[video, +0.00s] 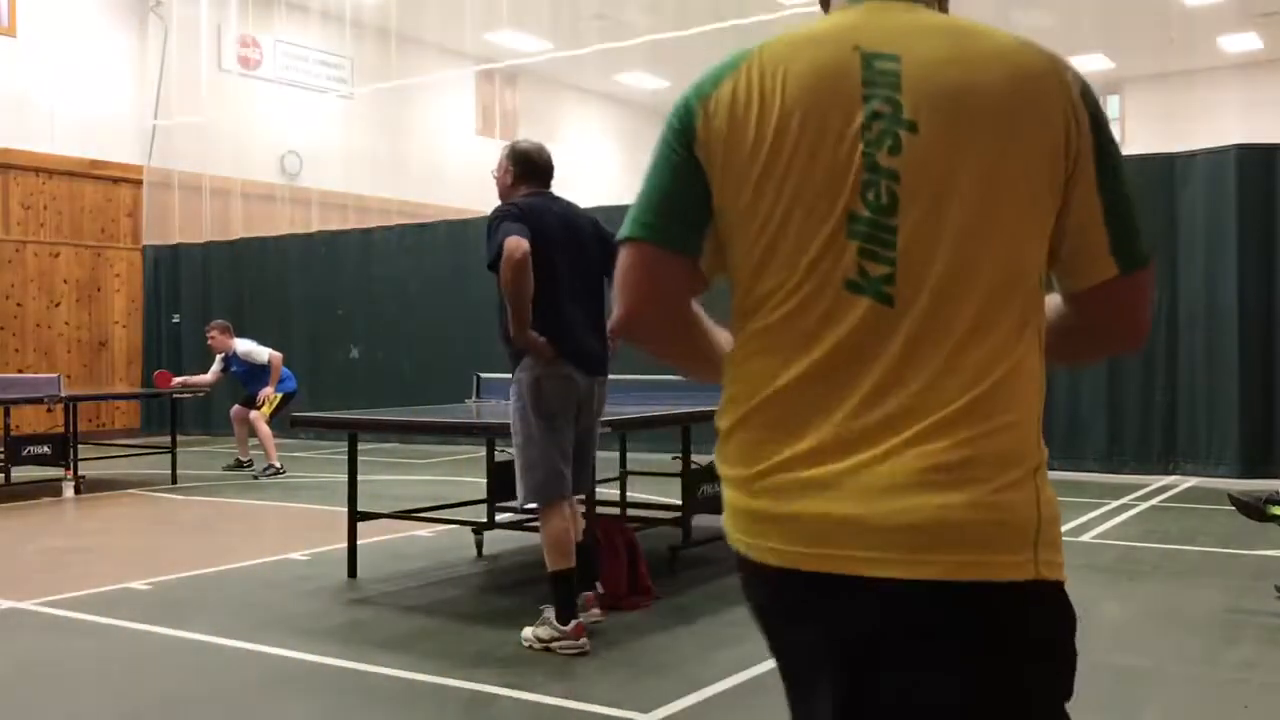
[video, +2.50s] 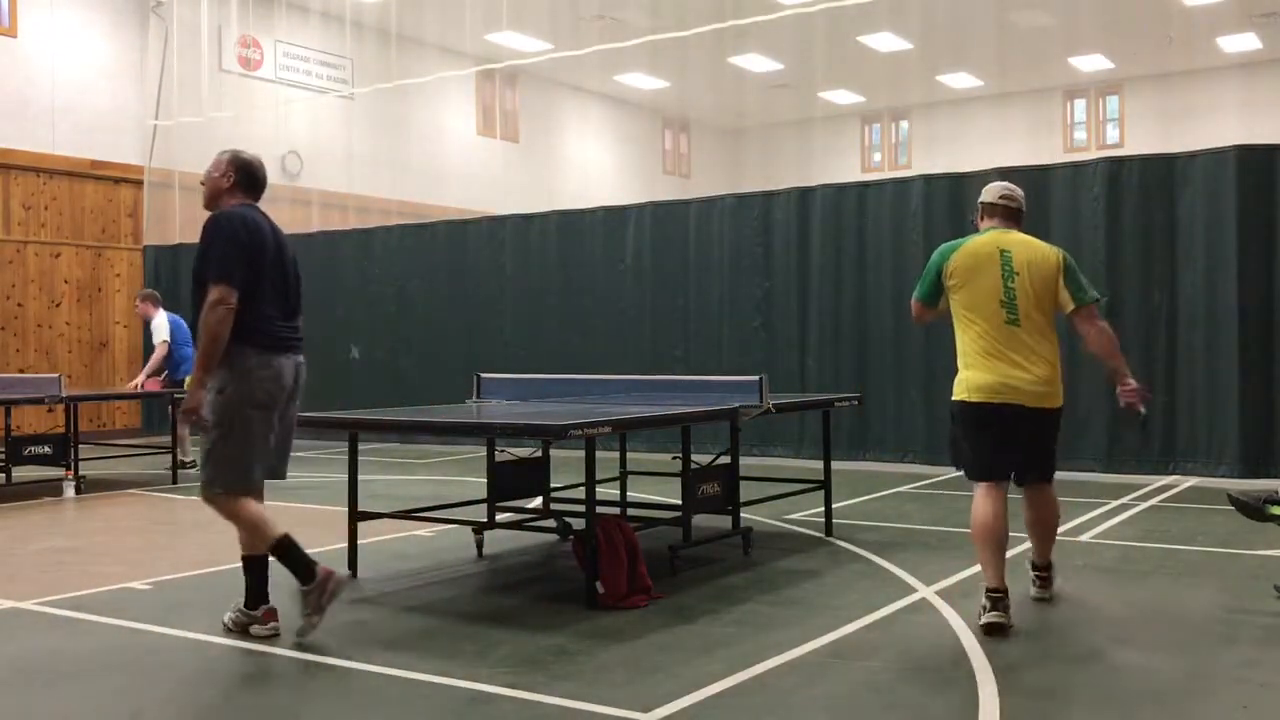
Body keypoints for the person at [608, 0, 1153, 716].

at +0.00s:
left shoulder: (727, 89)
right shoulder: (1044, 83)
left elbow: (643, 310)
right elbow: (1117, 318)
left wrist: (758, 365)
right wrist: (988, 334)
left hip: (788, 541)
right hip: (982, 547)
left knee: (831, 707)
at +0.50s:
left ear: (922, 83)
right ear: (1011, 87)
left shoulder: (847, 147)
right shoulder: (1073, 153)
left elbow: (760, 288)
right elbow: (1173, 295)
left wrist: (804, 399)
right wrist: (1069, 313)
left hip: (876, 470)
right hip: (1022, 477)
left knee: (890, 682)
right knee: (1014, 671)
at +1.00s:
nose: (950, 157)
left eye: (950, 150)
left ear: (955, 143)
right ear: (1023, 143)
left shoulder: (906, 194)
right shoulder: (1081, 190)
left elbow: (859, 313)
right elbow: (1164, 291)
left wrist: (877, 405)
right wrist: (1070, 316)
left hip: (938, 441)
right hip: (1047, 441)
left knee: (960, 586)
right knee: (1030, 607)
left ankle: (974, 709)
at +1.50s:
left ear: (983, 174)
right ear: (1041, 179)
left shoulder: (934, 220)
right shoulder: (1076, 224)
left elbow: (881, 315)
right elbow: (1126, 316)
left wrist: (918, 354)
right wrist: (1068, 325)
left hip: (963, 417)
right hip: (1052, 420)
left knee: (975, 551)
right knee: (1053, 541)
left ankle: (980, 702)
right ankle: (1060, 656)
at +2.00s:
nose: (990, 208)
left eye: (988, 201)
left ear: (987, 202)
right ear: (1034, 199)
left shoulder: (960, 244)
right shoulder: (1076, 245)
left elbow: (929, 320)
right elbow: (1095, 330)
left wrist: (947, 339)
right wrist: (1049, 341)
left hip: (986, 405)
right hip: (1058, 403)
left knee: (991, 511)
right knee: (1054, 518)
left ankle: (993, 607)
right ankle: (1052, 648)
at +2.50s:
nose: (979, 223)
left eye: (978, 217)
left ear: (980, 218)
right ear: (1021, 219)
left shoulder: (951, 255)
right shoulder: (1051, 257)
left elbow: (921, 311)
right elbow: (1090, 323)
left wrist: (955, 282)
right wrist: (1122, 375)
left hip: (978, 394)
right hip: (1039, 395)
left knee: (988, 487)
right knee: (1039, 485)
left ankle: (995, 598)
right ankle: (1042, 572)